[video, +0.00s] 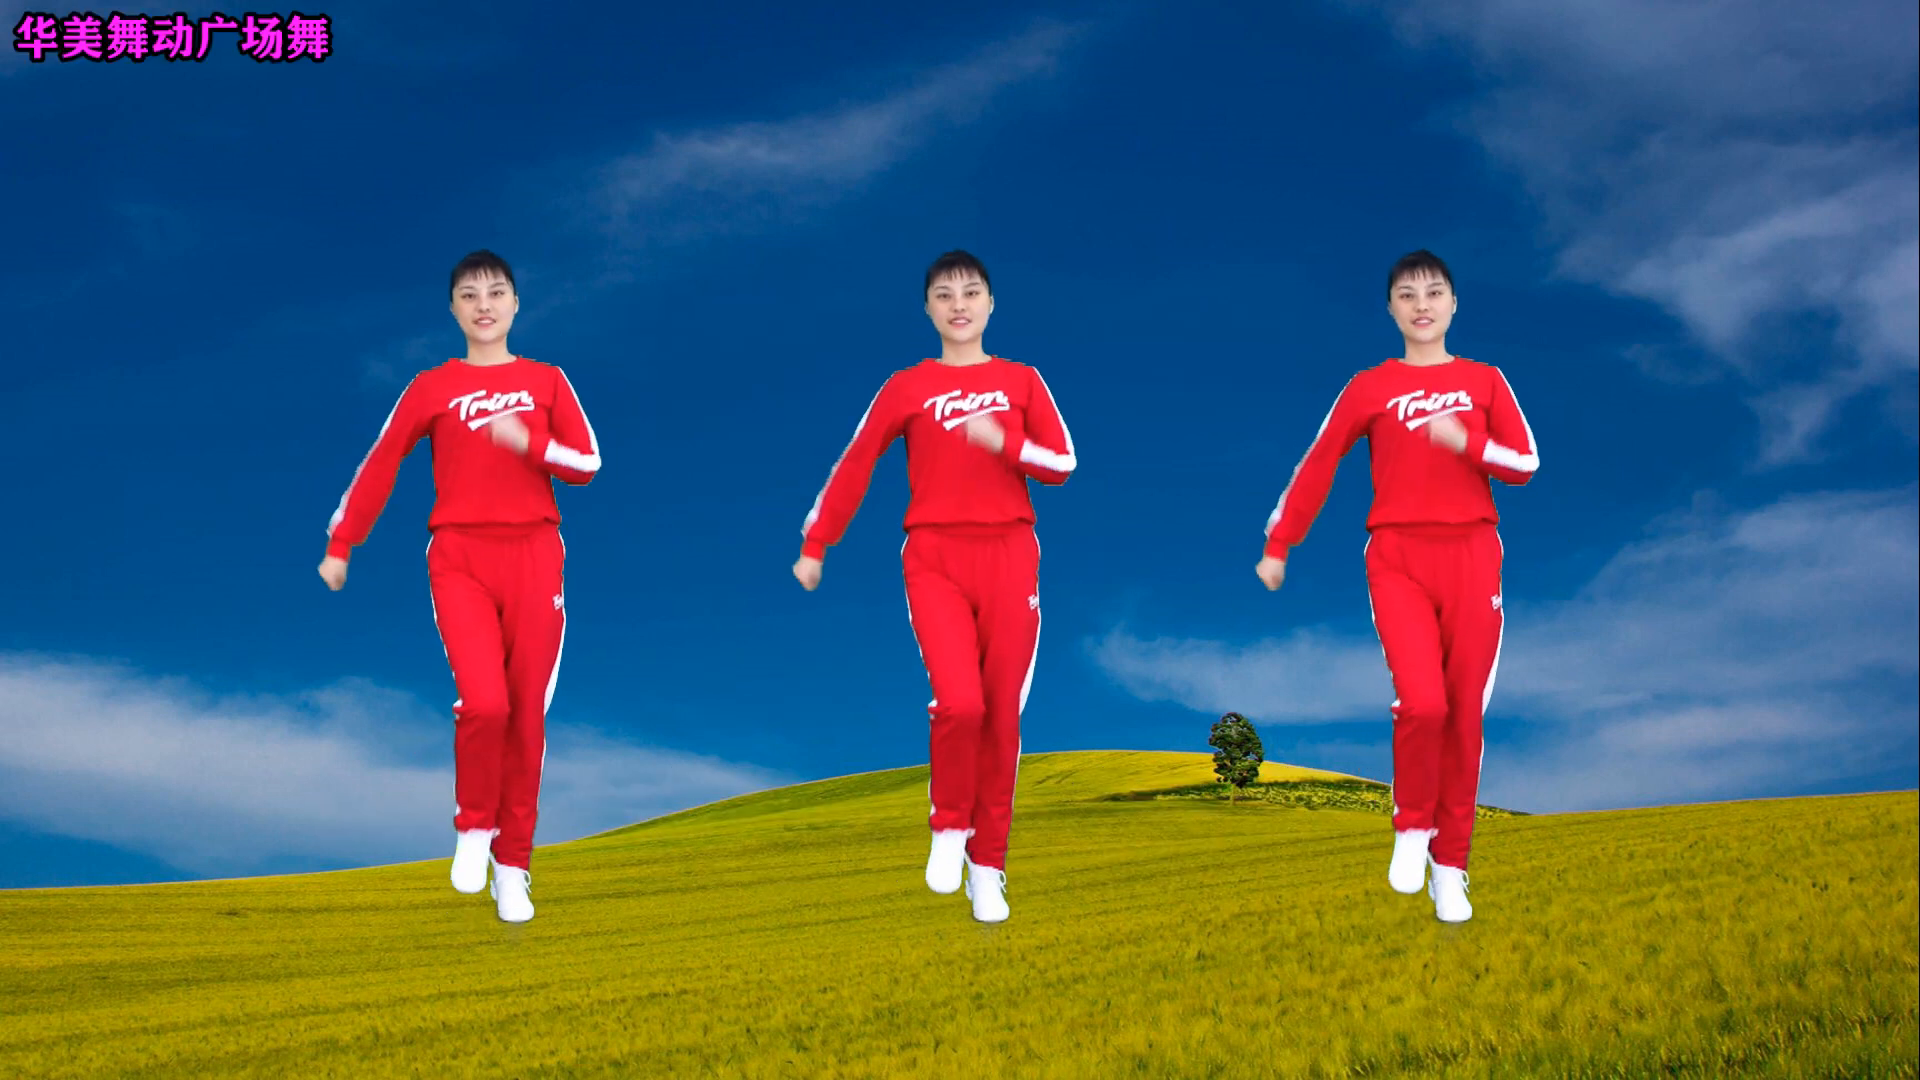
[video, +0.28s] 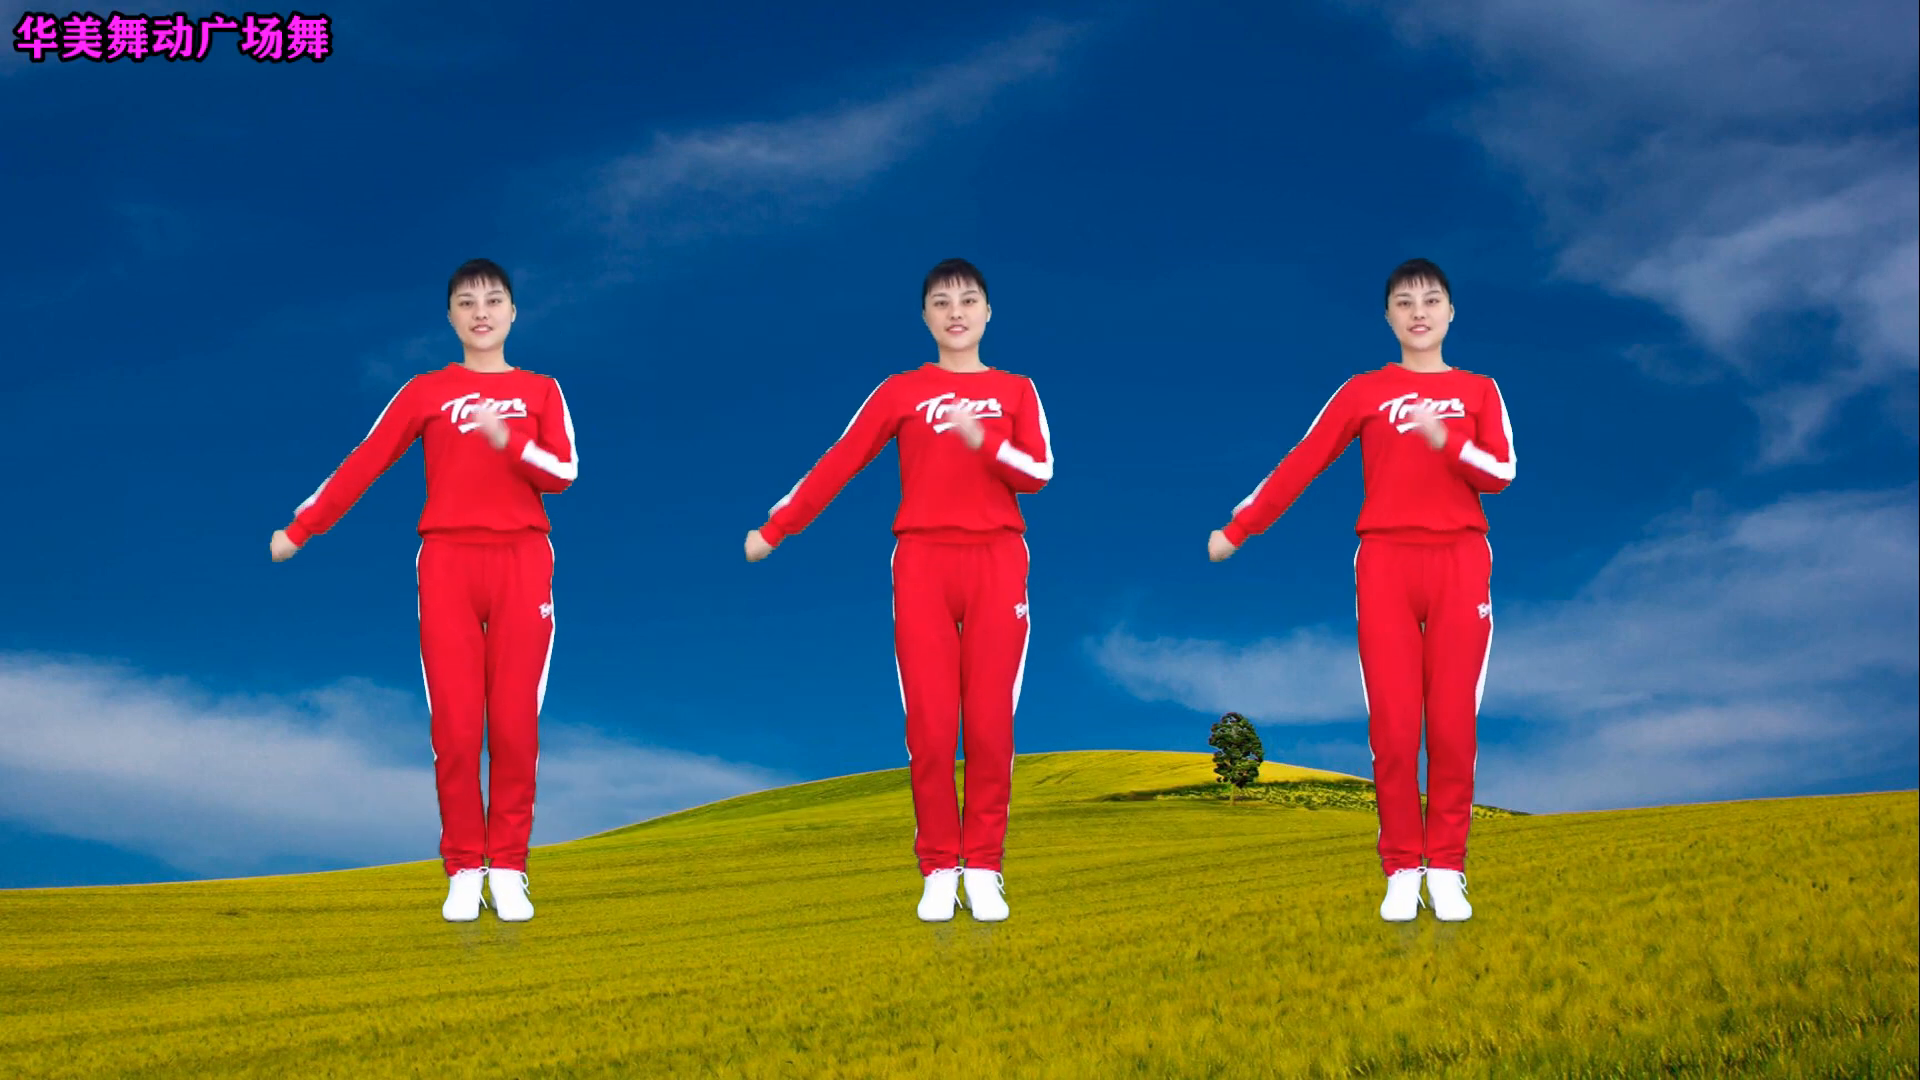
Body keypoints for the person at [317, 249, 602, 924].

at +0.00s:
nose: (484, 305)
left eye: (495, 294)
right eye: (471, 296)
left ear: (514, 303)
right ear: (455, 308)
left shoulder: (546, 381)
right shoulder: (430, 388)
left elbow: (586, 465)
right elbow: (379, 464)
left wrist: (531, 442)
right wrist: (340, 544)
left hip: (534, 556)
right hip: (458, 556)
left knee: (527, 712)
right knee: (485, 705)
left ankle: (514, 861)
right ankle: (475, 827)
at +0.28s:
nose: (481, 312)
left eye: (493, 301)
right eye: (468, 303)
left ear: (511, 312)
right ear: (452, 316)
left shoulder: (541, 389)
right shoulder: (425, 391)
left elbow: (561, 473)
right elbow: (364, 462)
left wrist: (512, 442)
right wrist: (300, 528)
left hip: (524, 563)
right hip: (448, 564)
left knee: (515, 722)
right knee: (456, 724)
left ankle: (508, 866)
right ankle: (464, 868)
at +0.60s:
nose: (473, 312)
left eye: (485, 302)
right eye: (460, 303)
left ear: (503, 314)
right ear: (443, 316)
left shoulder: (533, 393)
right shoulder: (414, 396)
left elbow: (570, 482)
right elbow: (378, 469)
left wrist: (590, 572)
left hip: (510, 568)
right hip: (435, 568)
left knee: (479, 706)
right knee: (436, 726)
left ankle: (498, 811)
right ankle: (463, 864)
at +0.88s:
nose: (478, 310)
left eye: (491, 301)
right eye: (465, 301)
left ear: (509, 315)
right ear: (448, 315)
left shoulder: (540, 389)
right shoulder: (421, 397)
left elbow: (600, 454)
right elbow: (394, 490)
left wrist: (649, 519)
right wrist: (433, 435)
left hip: (518, 571)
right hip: (442, 570)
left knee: (509, 729)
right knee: (451, 733)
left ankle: (505, 868)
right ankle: (463, 868)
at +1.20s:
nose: (482, 325)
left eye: (494, 315)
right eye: (469, 317)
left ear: (513, 328)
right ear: (453, 332)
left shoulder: (544, 409)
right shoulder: (429, 411)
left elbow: (559, 500)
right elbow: (410, 507)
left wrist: (545, 574)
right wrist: (399, 596)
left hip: (532, 582)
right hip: (457, 582)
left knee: (533, 727)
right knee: (487, 703)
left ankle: (507, 868)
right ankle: (474, 807)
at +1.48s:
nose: (479, 306)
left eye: (490, 296)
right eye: (465, 298)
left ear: (509, 309)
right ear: (448, 315)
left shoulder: (540, 387)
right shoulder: (423, 389)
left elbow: (569, 470)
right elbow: (361, 454)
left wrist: (525, 409)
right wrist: (307, 527)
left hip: (526, 562)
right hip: (451, 563)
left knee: (517, 721)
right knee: (463, 726)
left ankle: (507, 867)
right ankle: (458, 862)